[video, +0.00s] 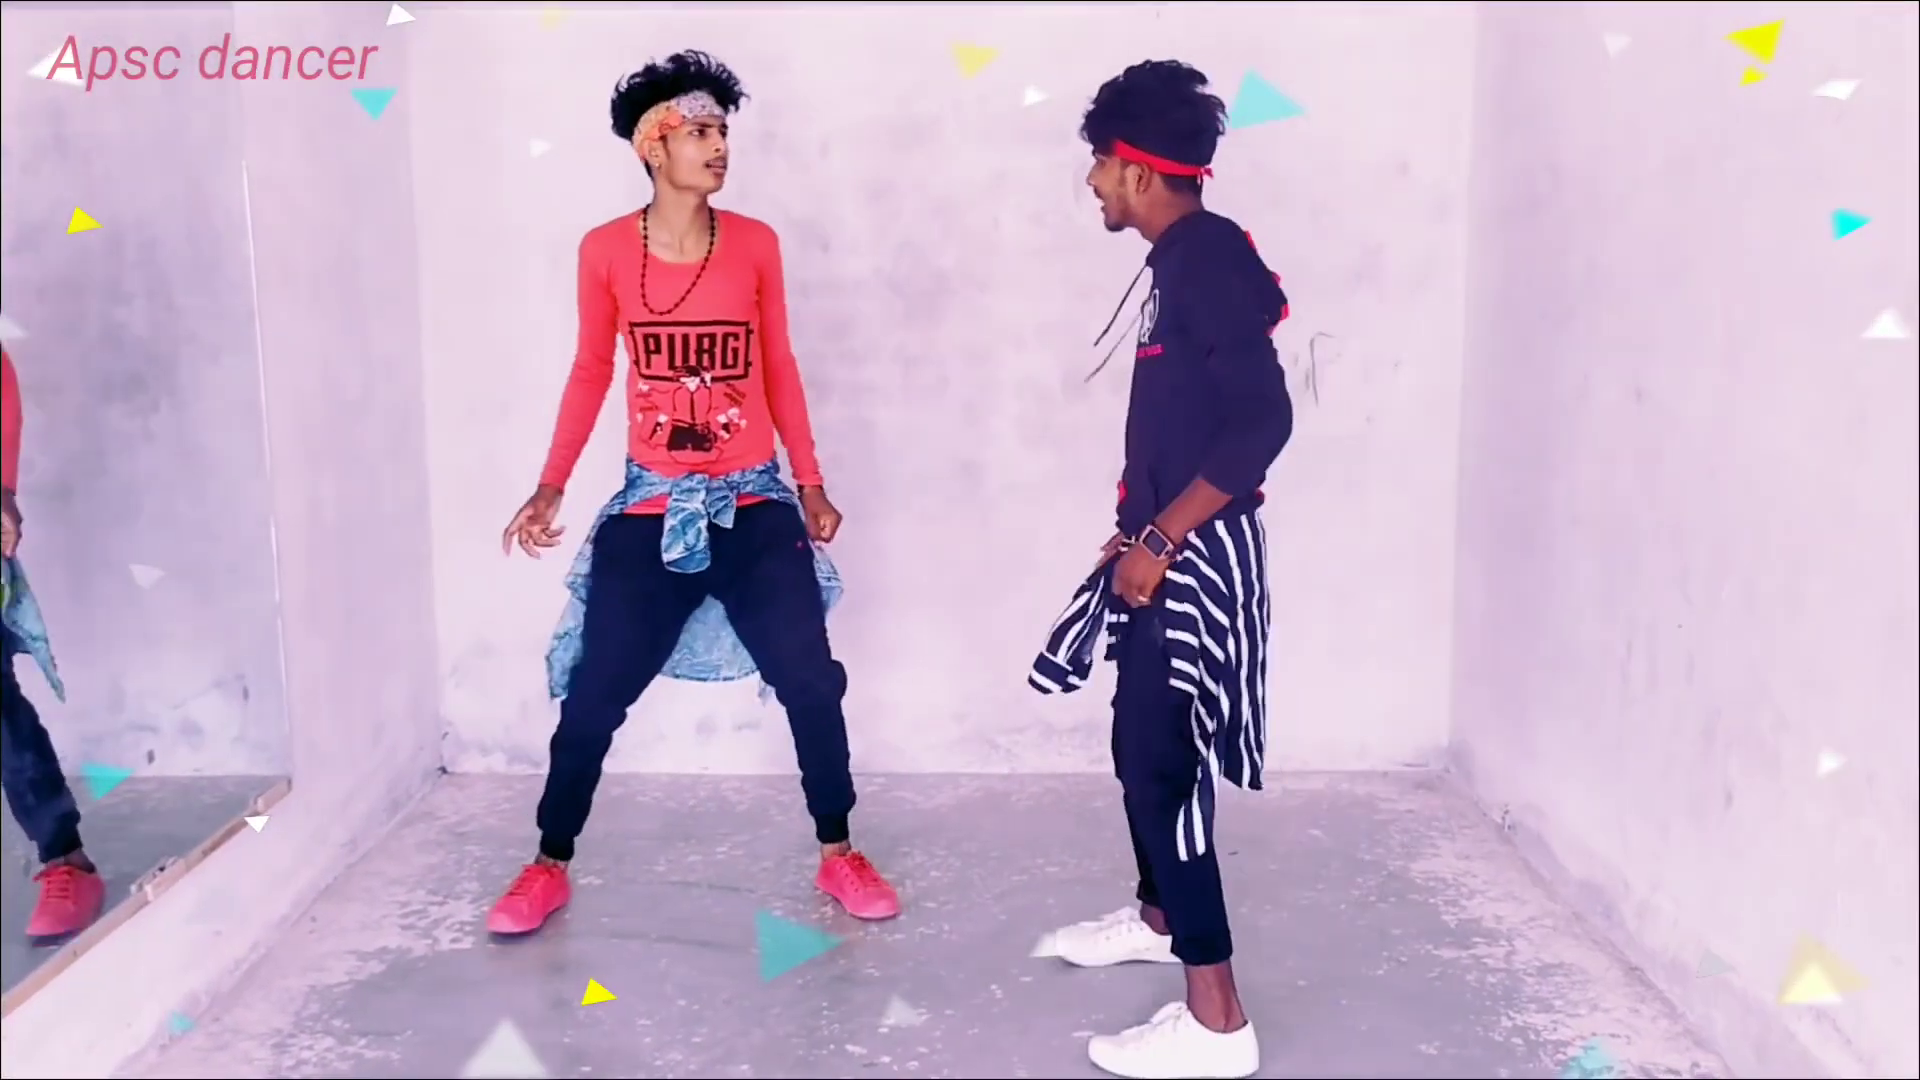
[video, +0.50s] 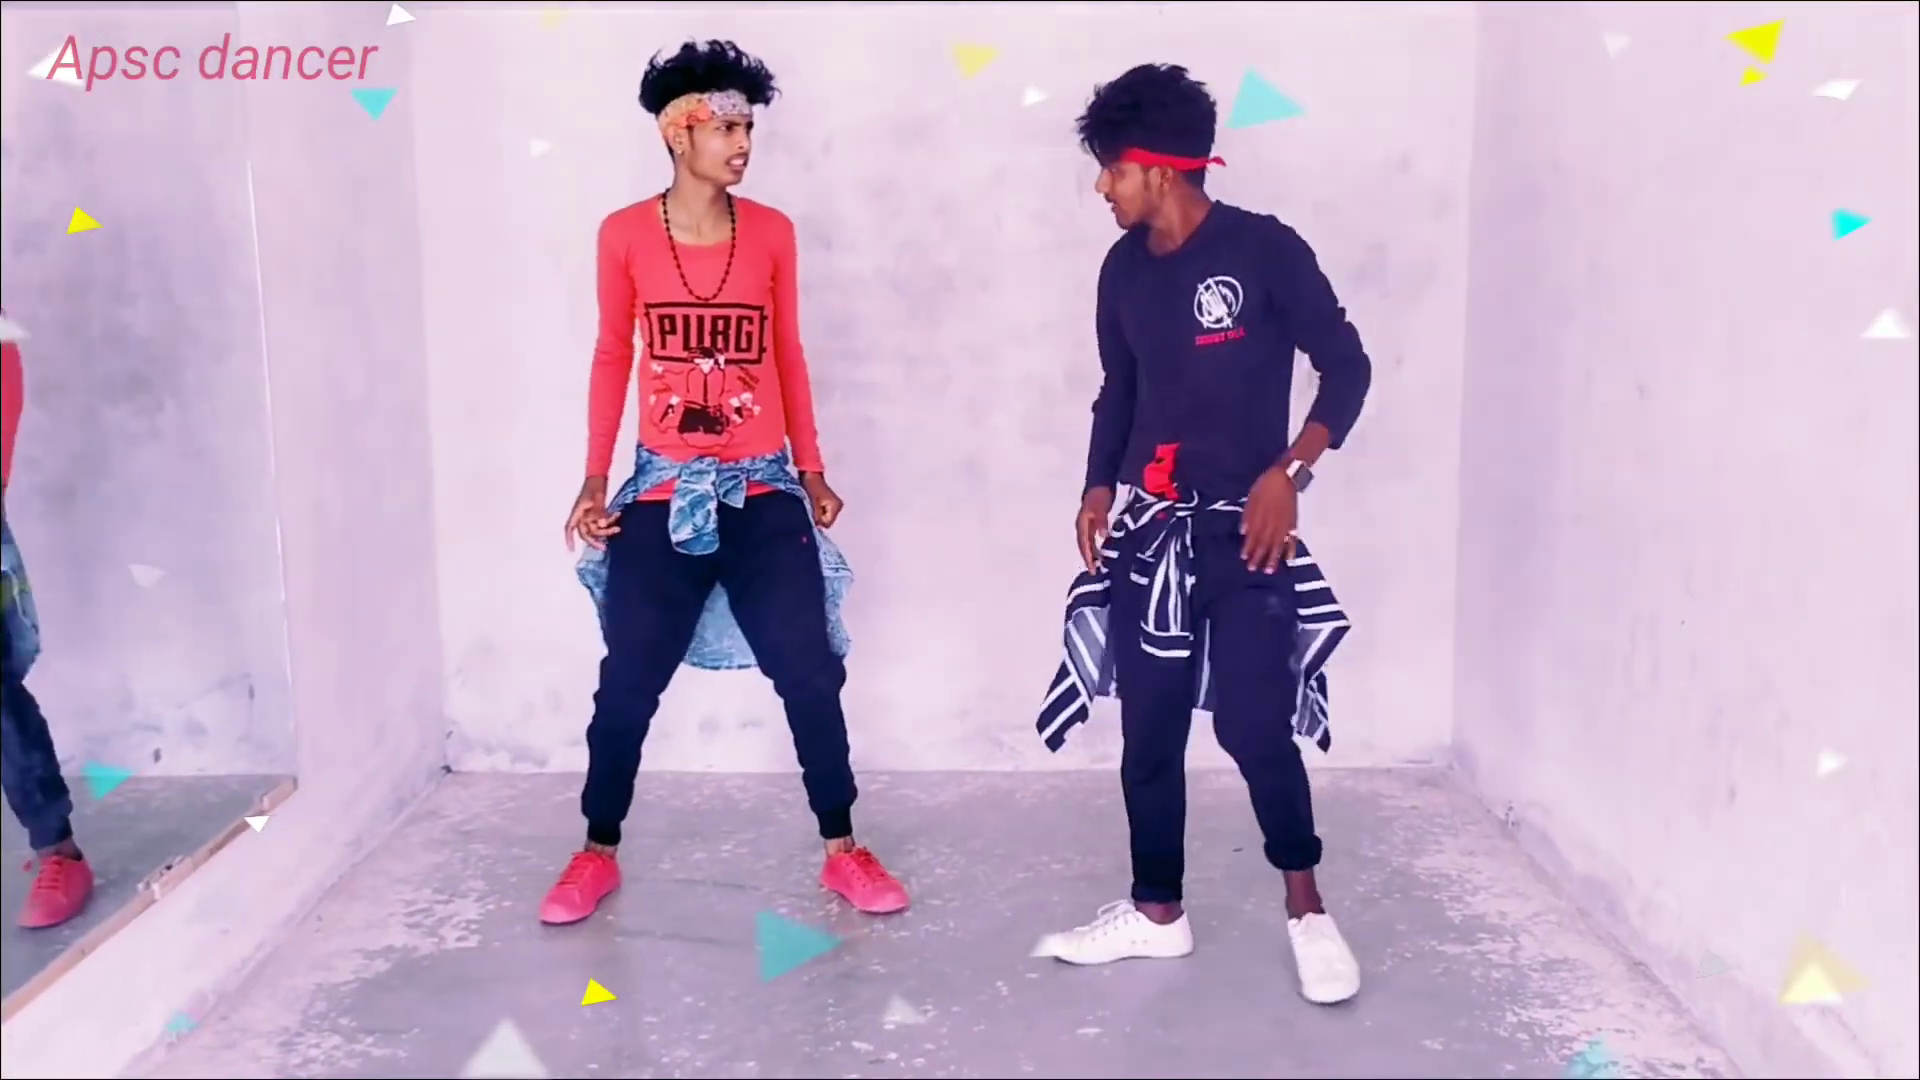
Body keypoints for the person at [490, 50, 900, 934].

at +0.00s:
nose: (716, 145)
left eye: (721, 128)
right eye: (694, 131)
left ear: (729, 141)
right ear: (648, 149)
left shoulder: (755, 245)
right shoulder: (607, 251)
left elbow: (778, 366)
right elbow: (592, 369)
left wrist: (810, 482)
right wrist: (550, 486)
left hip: (758, 504)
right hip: (652, 510)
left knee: (809, 677)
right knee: (597, 691)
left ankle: (839, 852)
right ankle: (550, 866)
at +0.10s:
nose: (735, 142)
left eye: (738, 126)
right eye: (715, 126)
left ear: (740, 137)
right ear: (666, 139)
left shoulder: (768, 235)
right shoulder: (622, 244)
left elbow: (794, 354)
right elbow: (615, 363)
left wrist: (827, 464)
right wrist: (581, 482)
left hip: (770, 497)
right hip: (665, 503)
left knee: (810, 674)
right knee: (616, 683)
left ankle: (839, 850)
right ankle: (569, 859)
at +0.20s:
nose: (737, 140)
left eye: (744, 124)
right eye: (717, 124)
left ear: (751, 136)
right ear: (671, 137)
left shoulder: (772, 234)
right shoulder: (627, 240)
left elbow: (798, 354)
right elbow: (623, 363)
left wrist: (834, 462)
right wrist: (599, 485)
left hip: (768, 496)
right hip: (662, 502)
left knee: (809, 674)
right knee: (625, 688)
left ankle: (841, 849)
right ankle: (597, 854)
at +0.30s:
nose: (738, 141)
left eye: (744, 125)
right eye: (720, 125)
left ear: (749, 137)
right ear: (672, 134)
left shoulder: (769, 233)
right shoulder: (625, 237)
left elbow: (792, 354)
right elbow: (619, 361)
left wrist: (827, 464)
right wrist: (602, 485)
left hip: (765, 494)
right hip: (660, 498)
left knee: (806, 670)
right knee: (623, 683)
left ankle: (842, 848)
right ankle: (596, 853)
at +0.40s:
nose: (738, 142)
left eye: (745, 126)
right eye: (720, 125)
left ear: (750, 137)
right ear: (673, 133)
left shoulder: (770, 233)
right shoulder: (625, 236)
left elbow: (788, 355)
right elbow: (614, 359)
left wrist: (815, 465)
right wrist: (599, 480)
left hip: (761, 492)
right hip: (658, 497)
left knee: (805, 671)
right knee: (628, 680)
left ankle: (842, 848)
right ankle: (597, 853)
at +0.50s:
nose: (741, 144)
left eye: (748, 127)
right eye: (724, 127)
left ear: (752, 136)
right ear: (676, 133)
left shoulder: (770, 233)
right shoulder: (626, 235)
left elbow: (787, 355)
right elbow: (612, 358)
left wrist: (810, 466)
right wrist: (594, 482)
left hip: (762, 492)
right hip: (659, 496)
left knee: (807, 670)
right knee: (630, 679)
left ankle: (843, 847)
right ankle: (599, 852)